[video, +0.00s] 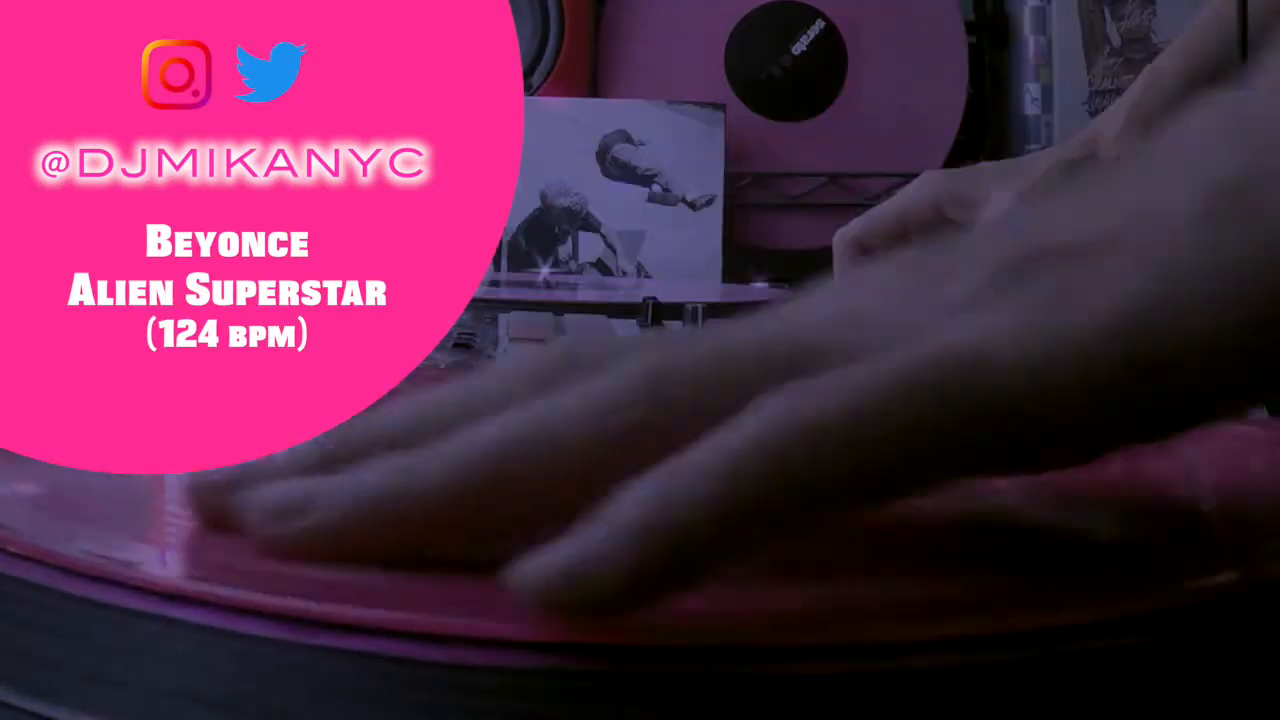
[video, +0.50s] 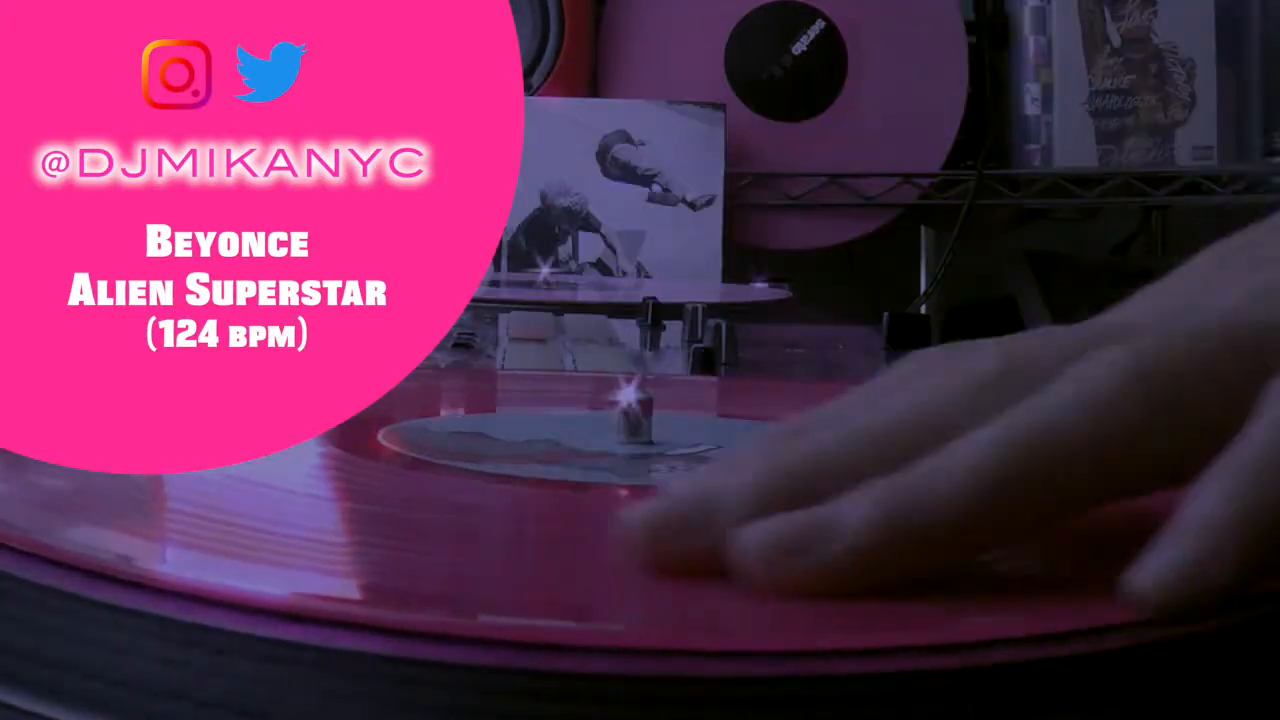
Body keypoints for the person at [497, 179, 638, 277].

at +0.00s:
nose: (570, 221)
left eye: (572, 214)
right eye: (564, 215)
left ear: (574, 209)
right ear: (550, 209)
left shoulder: (573, 212)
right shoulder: (537, 225)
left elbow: (603, 230)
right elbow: (545, 266)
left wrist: (621, 257)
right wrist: (569, 267)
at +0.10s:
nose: (572, 222)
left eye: (574, 215)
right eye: (566, 216)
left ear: (576, 208)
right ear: (551, 210)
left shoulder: (576, 212)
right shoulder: (536, 225)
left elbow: (605, 231)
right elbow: (544, 269)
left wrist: (621, 258)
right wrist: (572, 267)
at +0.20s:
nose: (569, 218)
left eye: (571, 212)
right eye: (563, 213)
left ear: (573, 207)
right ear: (550, 208)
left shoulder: (573, 212)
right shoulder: (537, 225)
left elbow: (604, 231)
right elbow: (546, 266)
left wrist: (621, 258)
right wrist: (573, 267)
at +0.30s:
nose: (572, 221)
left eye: (574, 215)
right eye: (566, 215)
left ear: (576, 208)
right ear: (551, 210)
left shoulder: (575, 212)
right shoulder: (537, 224)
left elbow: (604, 230)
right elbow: (545, 266)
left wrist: (621, 257)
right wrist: (573, 266)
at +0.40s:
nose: (571, 220)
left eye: (573, 214)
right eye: (565, 214)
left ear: (575, 208)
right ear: (551, 209)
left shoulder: (574, 213)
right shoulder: (537, 224)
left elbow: (604, 231)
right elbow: (546, 266)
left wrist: (622, 258)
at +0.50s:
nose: (572, 221)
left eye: (574, 215)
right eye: (566, 216)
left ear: (576, 209)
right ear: (552, 210)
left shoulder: (574, 212)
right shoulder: (538, 225)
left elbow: (604, 230)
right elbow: (546, 267)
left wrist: (621, 258)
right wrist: (571, 267)